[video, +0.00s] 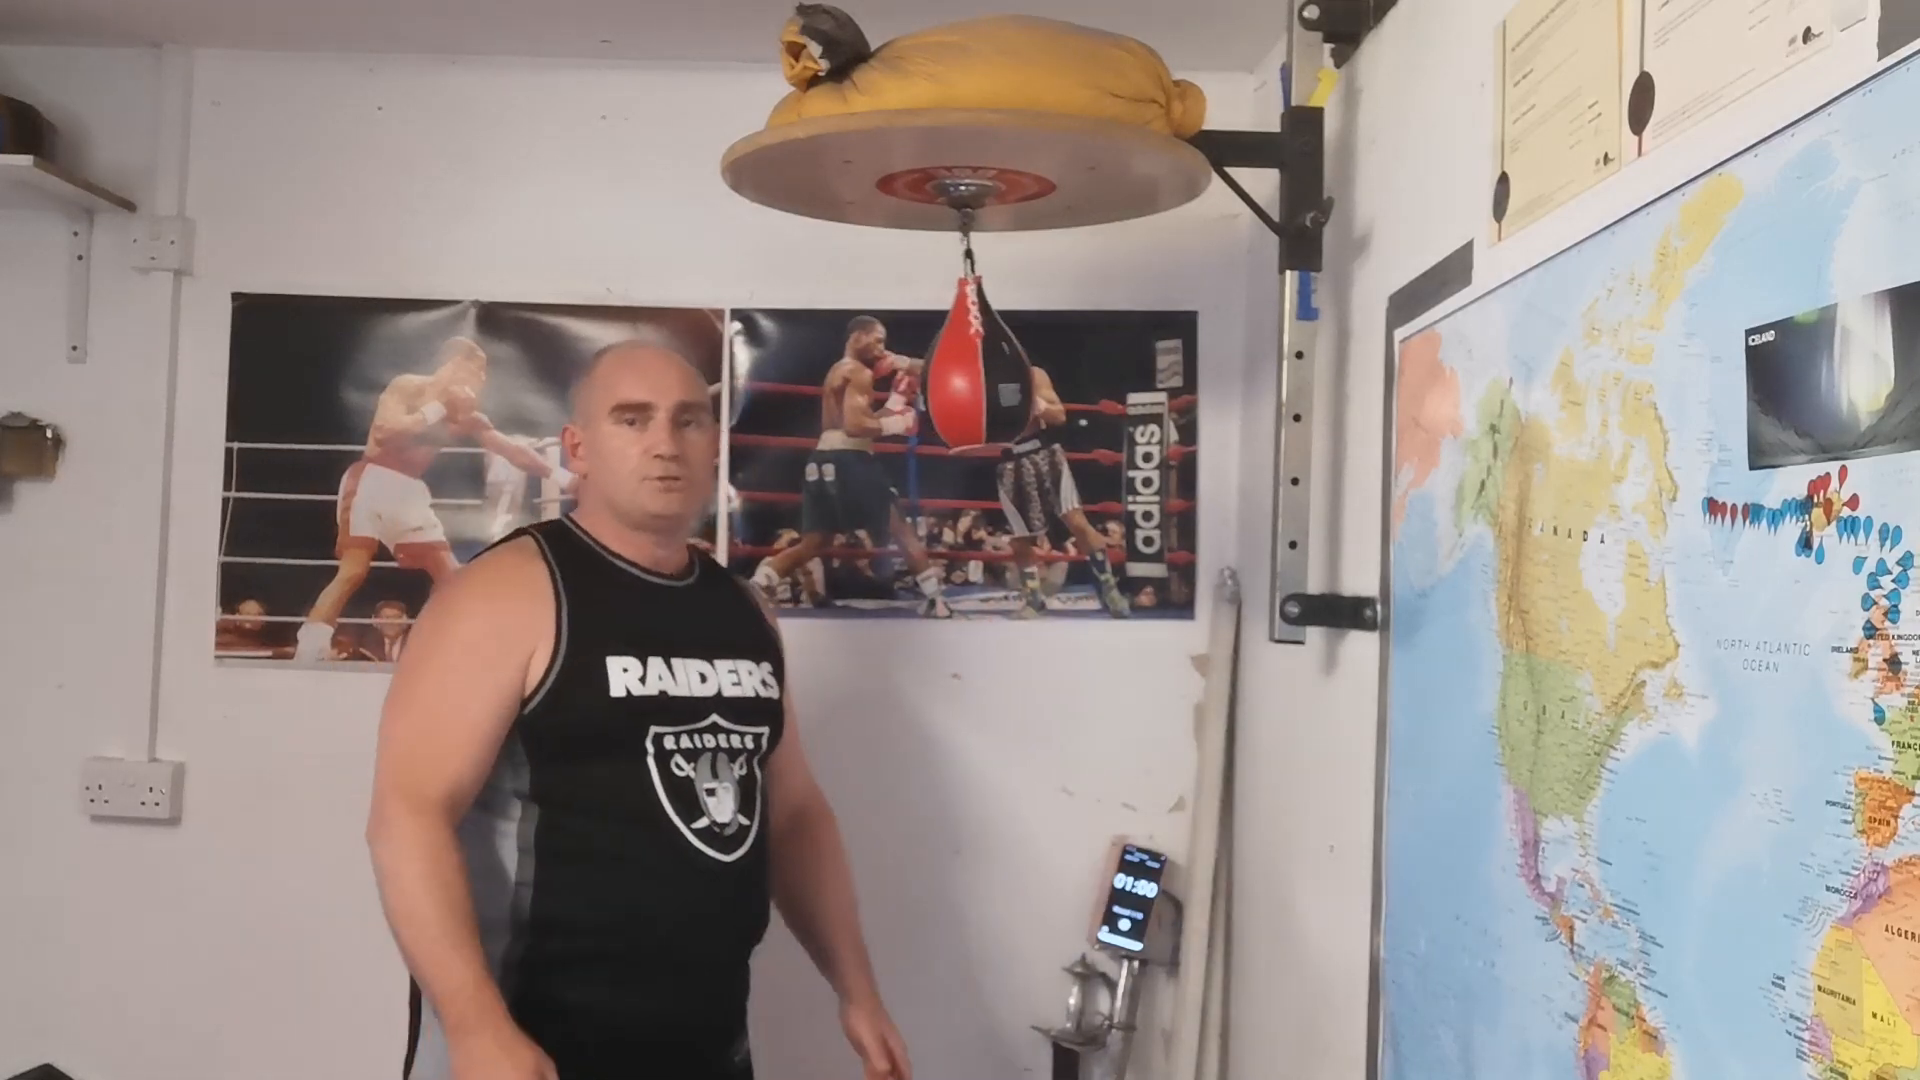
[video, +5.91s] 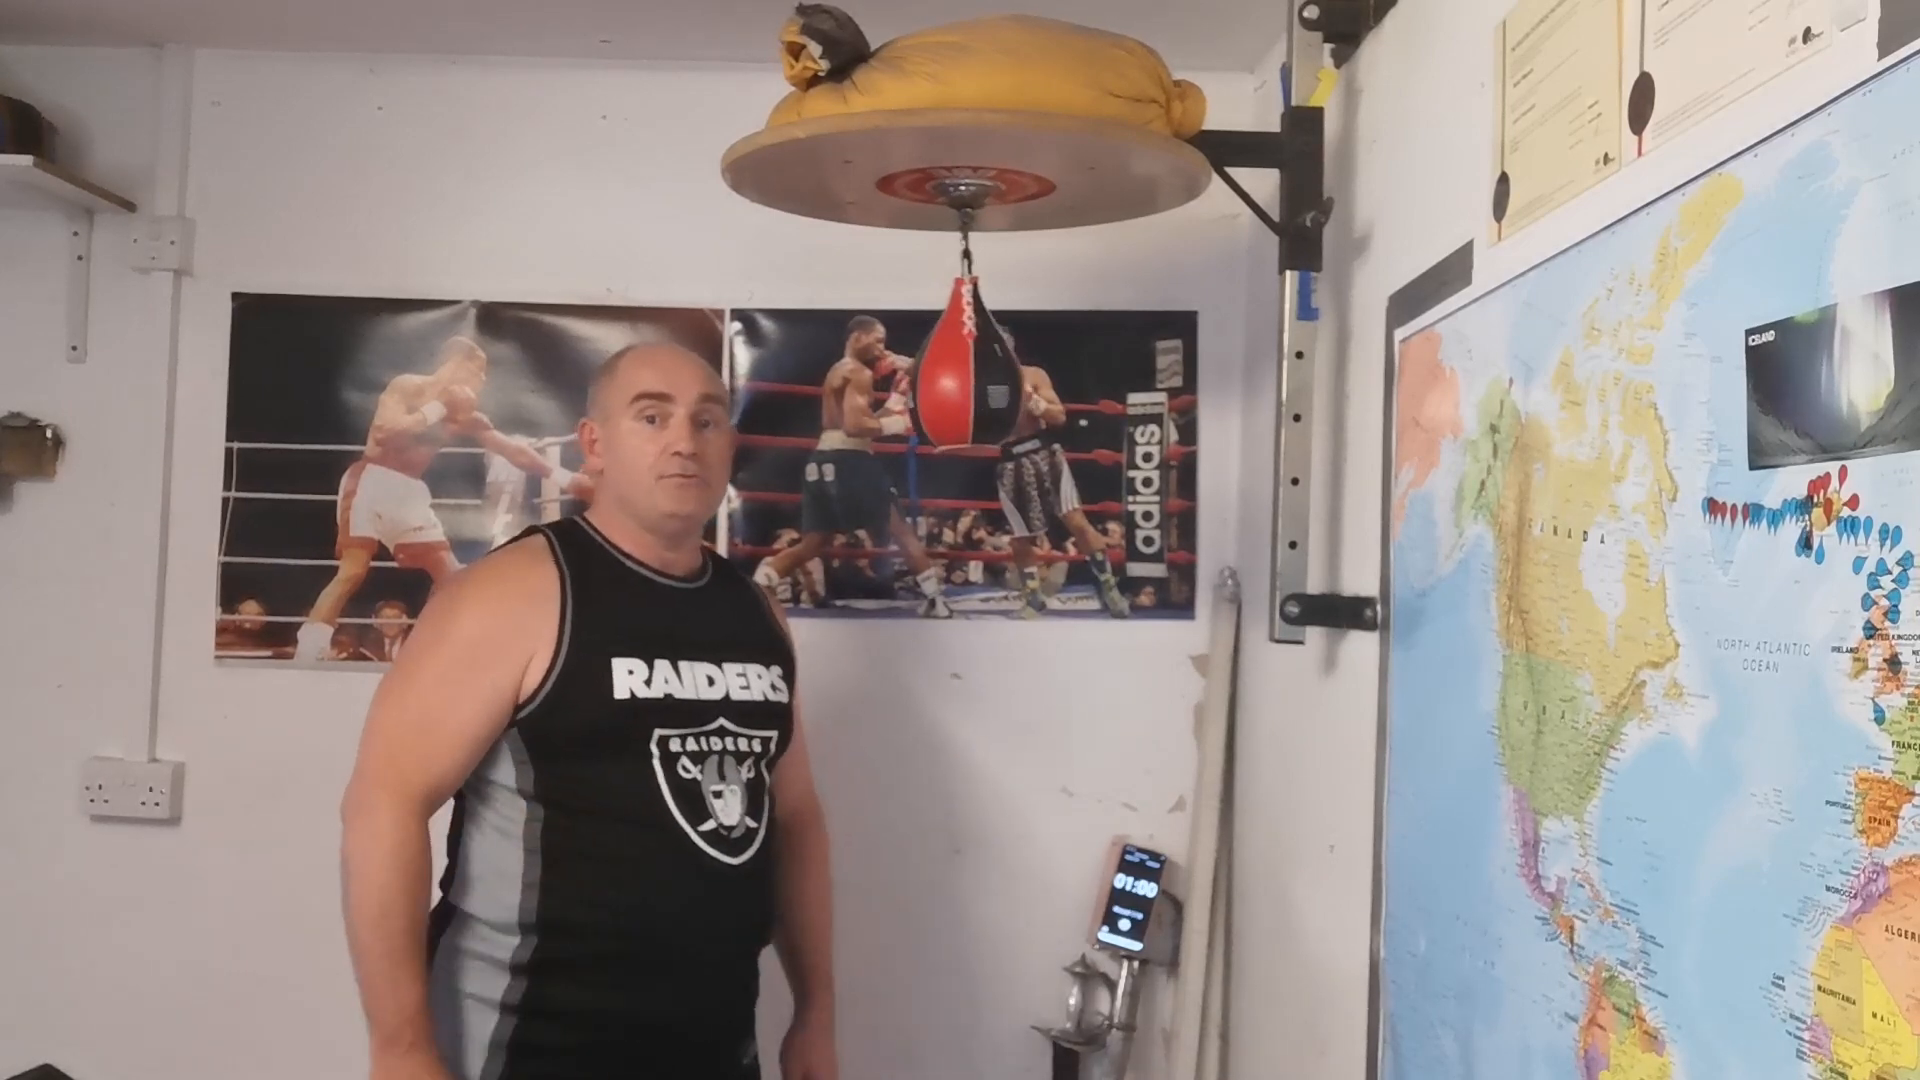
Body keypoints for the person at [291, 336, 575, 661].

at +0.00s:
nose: (476, 382)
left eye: (480, 375)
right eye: (473, 372)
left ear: (476, 379)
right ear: (453, 365)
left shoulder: (462, 411)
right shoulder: (404, 387)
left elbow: (512, 451)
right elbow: (382, 433)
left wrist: (559, 477)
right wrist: (432, 415)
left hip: (408, 491)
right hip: (370, 482)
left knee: (447, 573)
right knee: (353, 569)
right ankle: (308, 646)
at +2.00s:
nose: (480, 381)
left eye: (482, 375)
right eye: (475, 371)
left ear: (476, 378)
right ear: (453, 364)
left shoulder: (464, 411)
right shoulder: (406, 386)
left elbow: (509, 449)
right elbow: (382, 433)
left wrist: (558, 475)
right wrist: (433, 414)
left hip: (410, 492)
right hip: (371, 482)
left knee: (449, 573)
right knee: (352, 572)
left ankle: (461, 655)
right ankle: (307, 650)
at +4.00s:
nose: (476, 385)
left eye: (479, 378)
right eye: (472, 374)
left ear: (477, 380)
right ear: (452, 365)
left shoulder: (464, 415)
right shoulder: (405, 386)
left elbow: (511, 449)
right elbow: (384, 433)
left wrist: (563, 478)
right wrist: (437, 409)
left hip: (408, 493)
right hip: (367, 483)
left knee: (449, 574)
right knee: (353, 570)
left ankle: (463, 654)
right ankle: (306, 651)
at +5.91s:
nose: (478, 384)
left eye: (480, 377)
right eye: (474, 374)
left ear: (475, 381)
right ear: (452, 365)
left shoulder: (464, 415)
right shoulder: (405, 387)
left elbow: (511, 450)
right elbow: (383, 432)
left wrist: (563, 478)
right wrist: (437, 409)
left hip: (409, 493)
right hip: (369, 483)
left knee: (449, 573)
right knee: (353, 571)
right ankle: (306, 652)